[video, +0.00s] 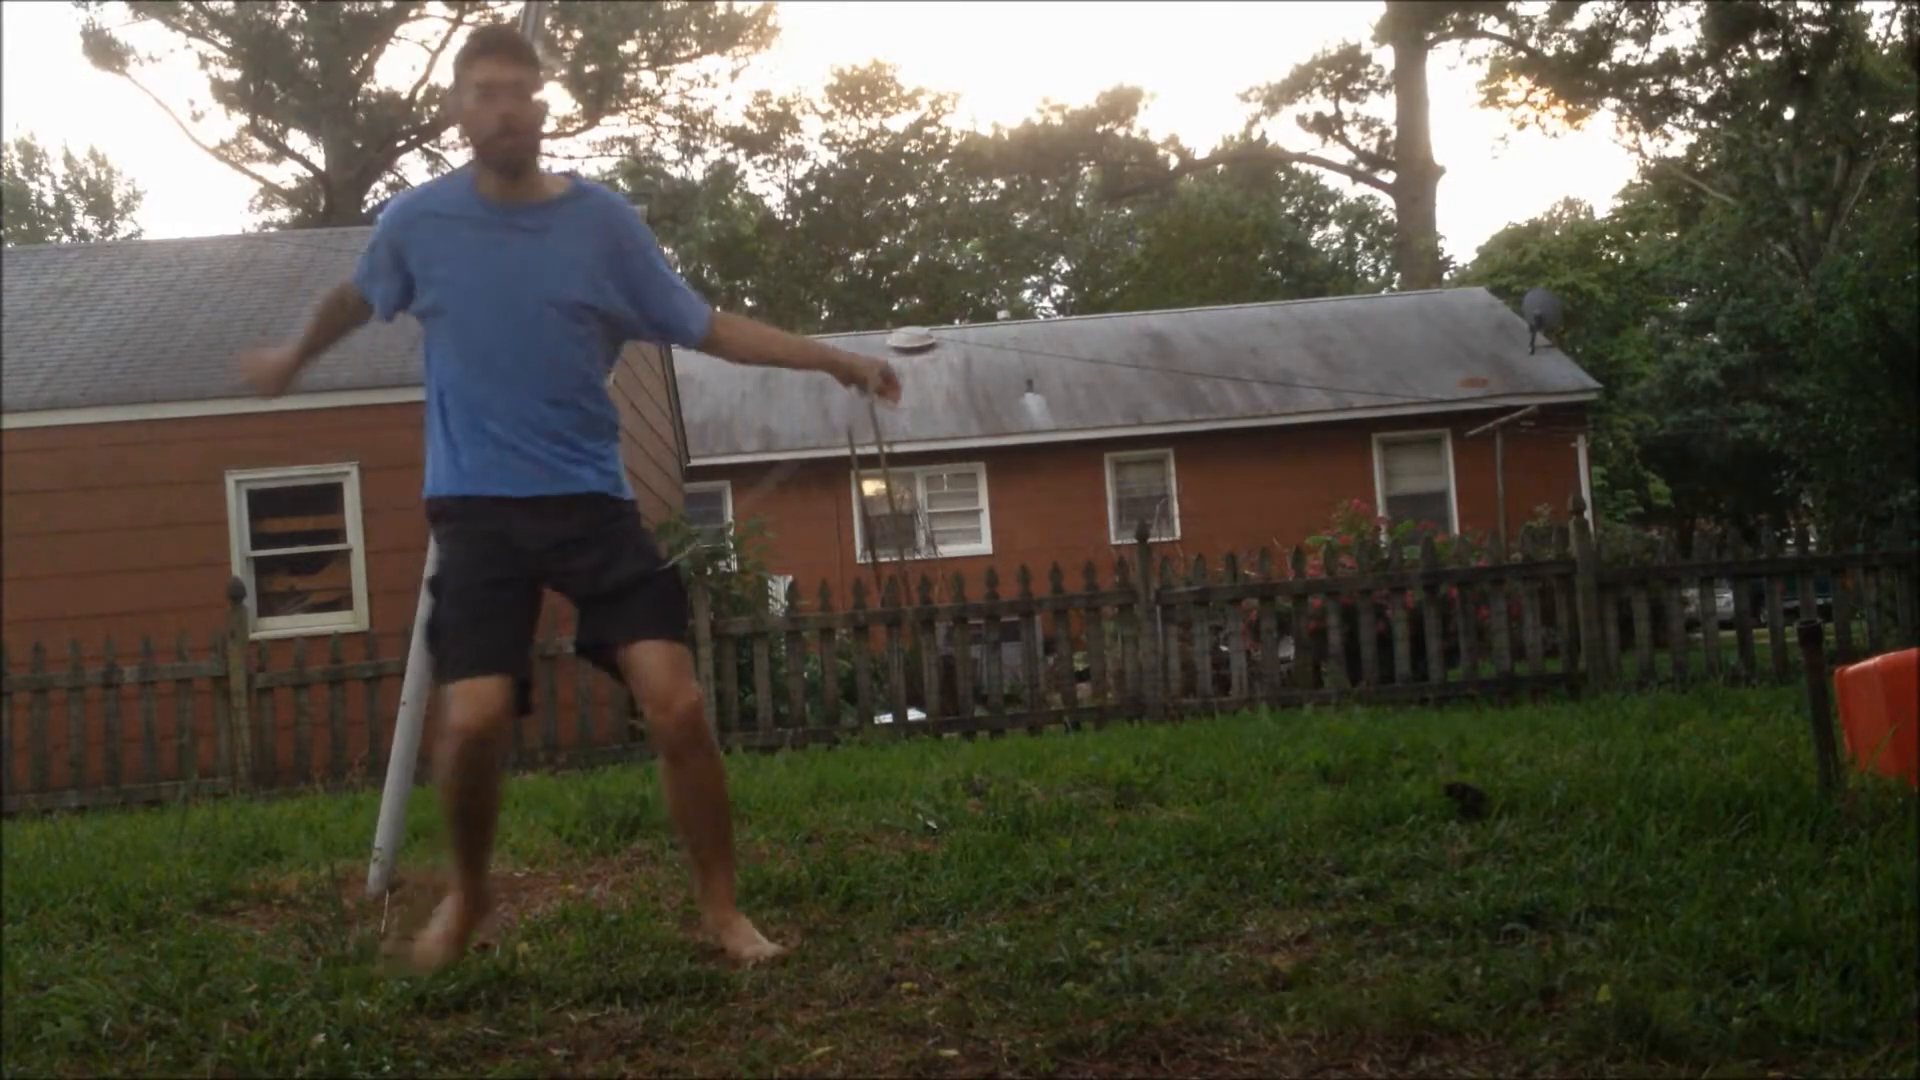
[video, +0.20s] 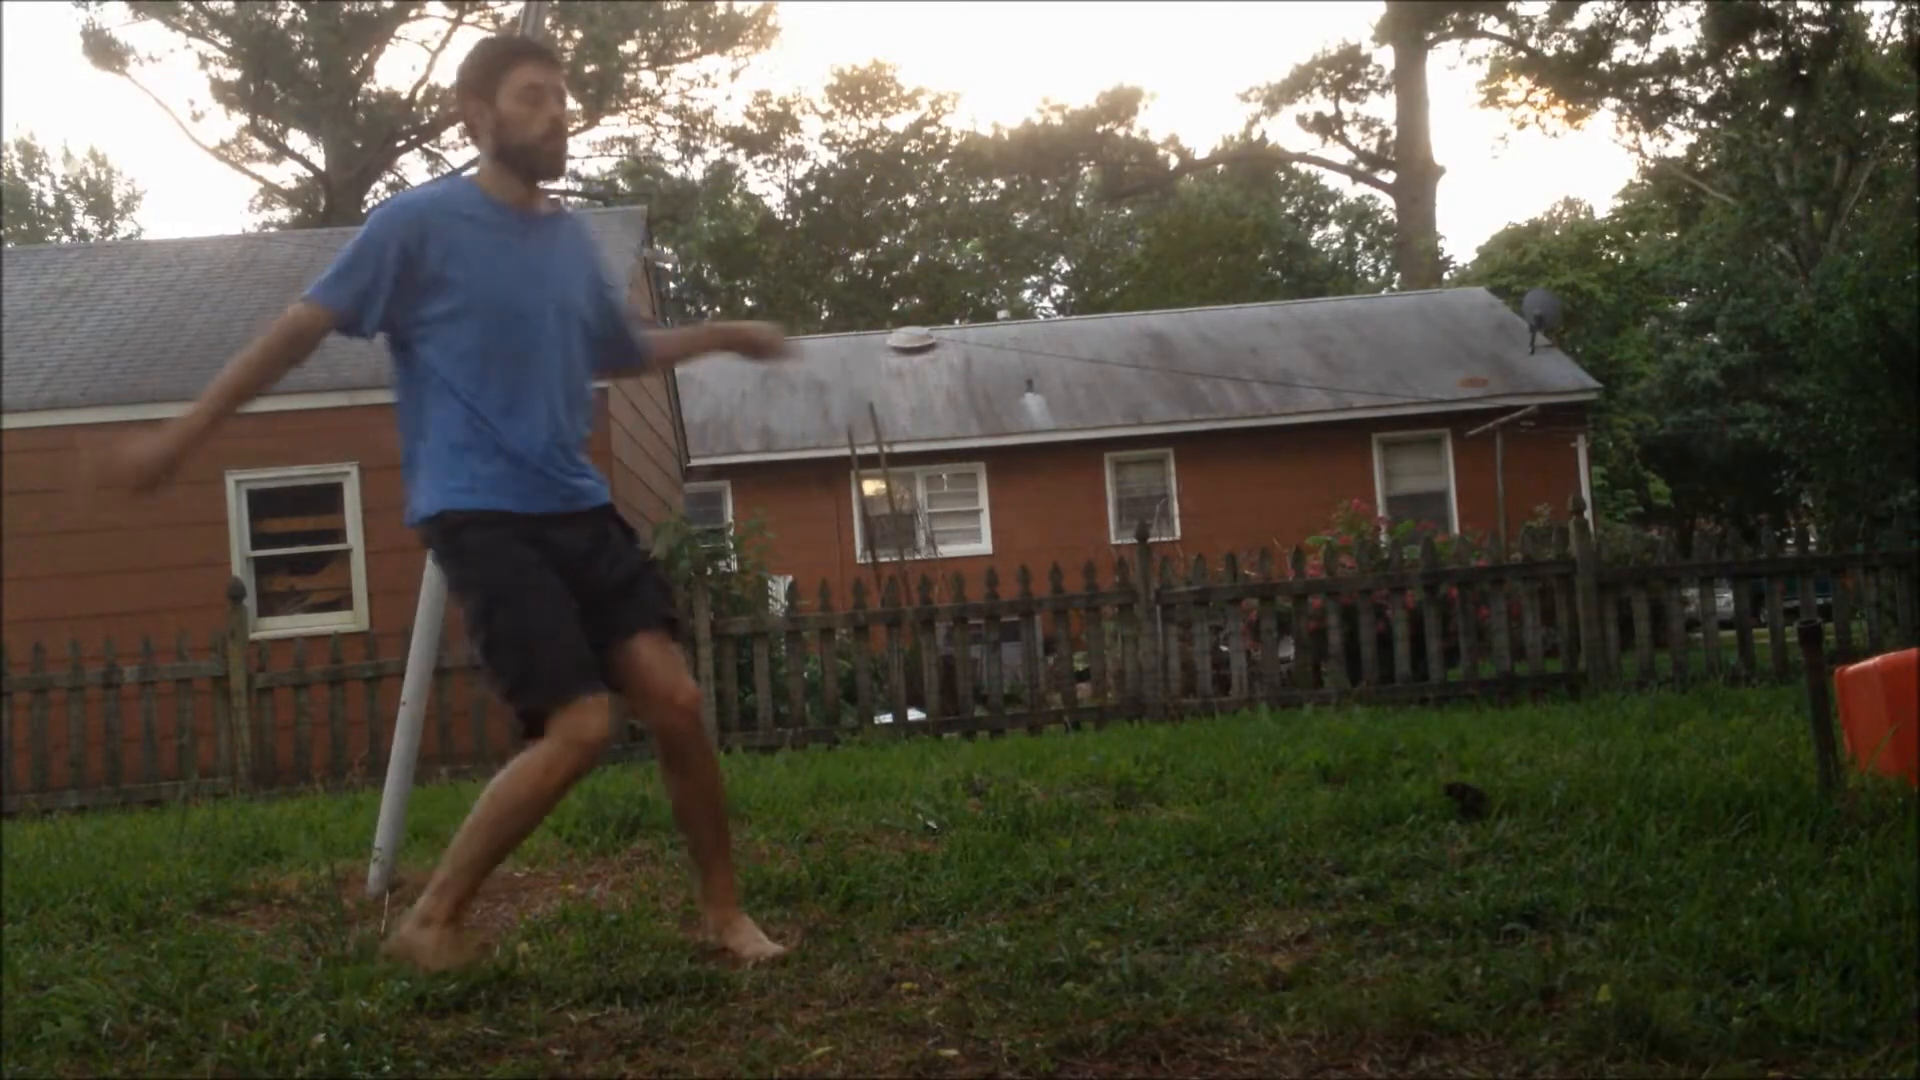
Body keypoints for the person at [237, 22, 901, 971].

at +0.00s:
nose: (506, 109)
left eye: (521, 92)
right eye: (486, 93)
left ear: (543, 103)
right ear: (455, 109)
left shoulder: (601, 218)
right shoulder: (415, 218)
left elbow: (702, 324)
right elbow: (351, 299)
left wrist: (835, 360)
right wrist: (289, 359)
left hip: (593, 502)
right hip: (474, 507)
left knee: (681, 709)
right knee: (473, 722)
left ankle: (722, 915)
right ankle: (466, 898)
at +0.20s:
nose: (559, 113)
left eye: (562, 98)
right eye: (535, 98)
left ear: (565, 111)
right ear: (475, 113)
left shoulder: (571, 236)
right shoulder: (418, 218)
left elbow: (615, 354)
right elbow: (301, 326)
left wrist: (721, 335)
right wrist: (178, 437)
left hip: (575, 500)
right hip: (475, 504)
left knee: (678, 703)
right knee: (579, 725)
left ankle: (725, 918)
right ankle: (429, 924)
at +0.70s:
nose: (368, 73)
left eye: (366, 57)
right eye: (359, 56)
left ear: (273, 72)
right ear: (310, 60)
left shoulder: (226, 189)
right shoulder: (309, 126)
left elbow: (152, 352)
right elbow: (340, 165)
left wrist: (228, 391)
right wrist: (380, 167)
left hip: (251, 475)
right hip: (343, 466)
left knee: (219, 694)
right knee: (407, 717)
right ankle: (375, 960)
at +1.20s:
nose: (35, 69)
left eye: (35, 53)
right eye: (50, 51)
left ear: (42, 57)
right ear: (131, 55)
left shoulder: (12, 164)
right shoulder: (202, 148)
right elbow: (287, 293)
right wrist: (332, 418)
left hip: (46, 486)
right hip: (184, 484)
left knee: (14, 710)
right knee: (233, 705)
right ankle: (234, 916)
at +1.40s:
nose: (95, 66)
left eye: (87, 51)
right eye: (143, 50)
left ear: (85, 53)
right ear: (172, 60)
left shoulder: (34, 163)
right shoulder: (235, 165)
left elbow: (2, 300)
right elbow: (319, 310)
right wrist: (346, 431)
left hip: (52, 472)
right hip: (187, 481)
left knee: (15, 712)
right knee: (228, 715)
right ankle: (223, 953)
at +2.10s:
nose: (600, 27)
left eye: (596, 11)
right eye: (586, 9)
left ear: (532, 22)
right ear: (526, 15)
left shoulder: (535, 138)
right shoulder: (459, 113)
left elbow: (536, 305)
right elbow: (398, 251)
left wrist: (642, 311)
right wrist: (439, 385)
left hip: (575, 432)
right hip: (503, 433)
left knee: (705, 597)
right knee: (571, 678)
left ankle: (550, 730)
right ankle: (543, 925)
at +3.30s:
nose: (1007, 38)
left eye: (1021, 16)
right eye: (1005, 20)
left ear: (1084, 18)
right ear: (1042, 30)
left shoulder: (1177, 124)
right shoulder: (1037, 133)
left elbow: (1258, 258)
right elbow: (1028, 207)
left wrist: (1290, 386)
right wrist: (963, 239)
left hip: (1202, 423)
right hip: (1086, 427)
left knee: (1258, 652)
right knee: (1042, 650)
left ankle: (1341, 877)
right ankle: (1059, 867)